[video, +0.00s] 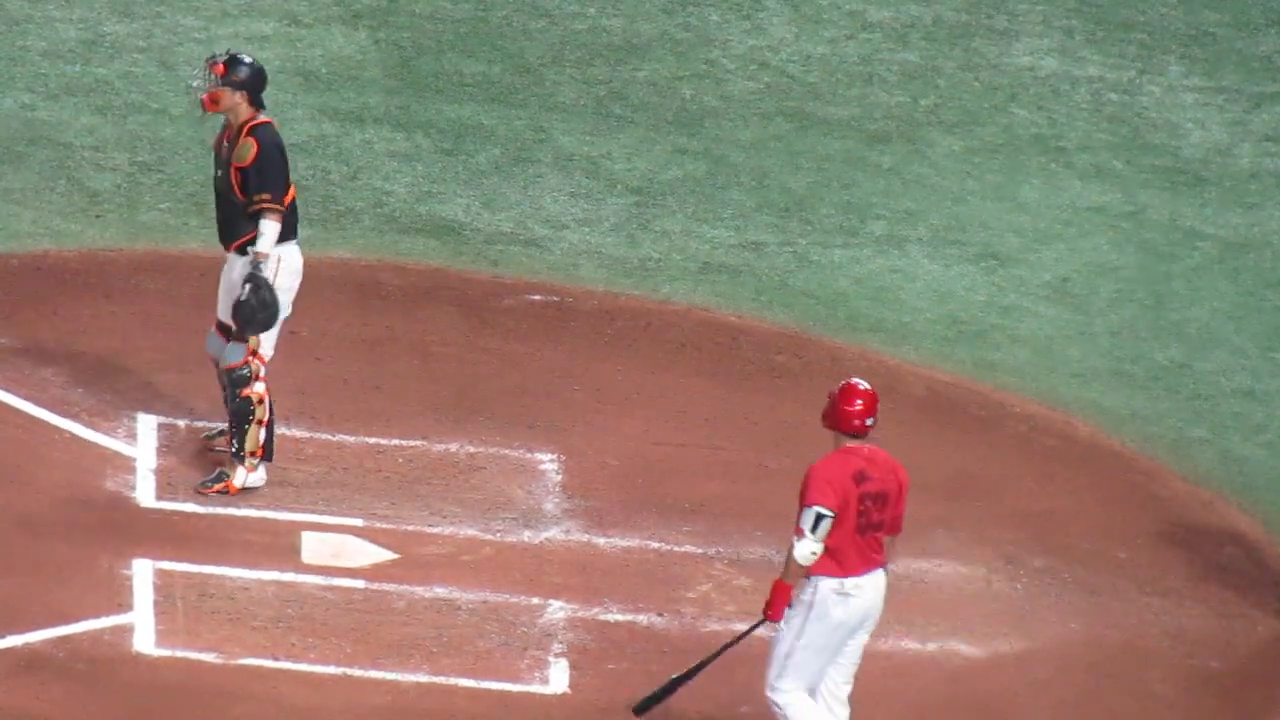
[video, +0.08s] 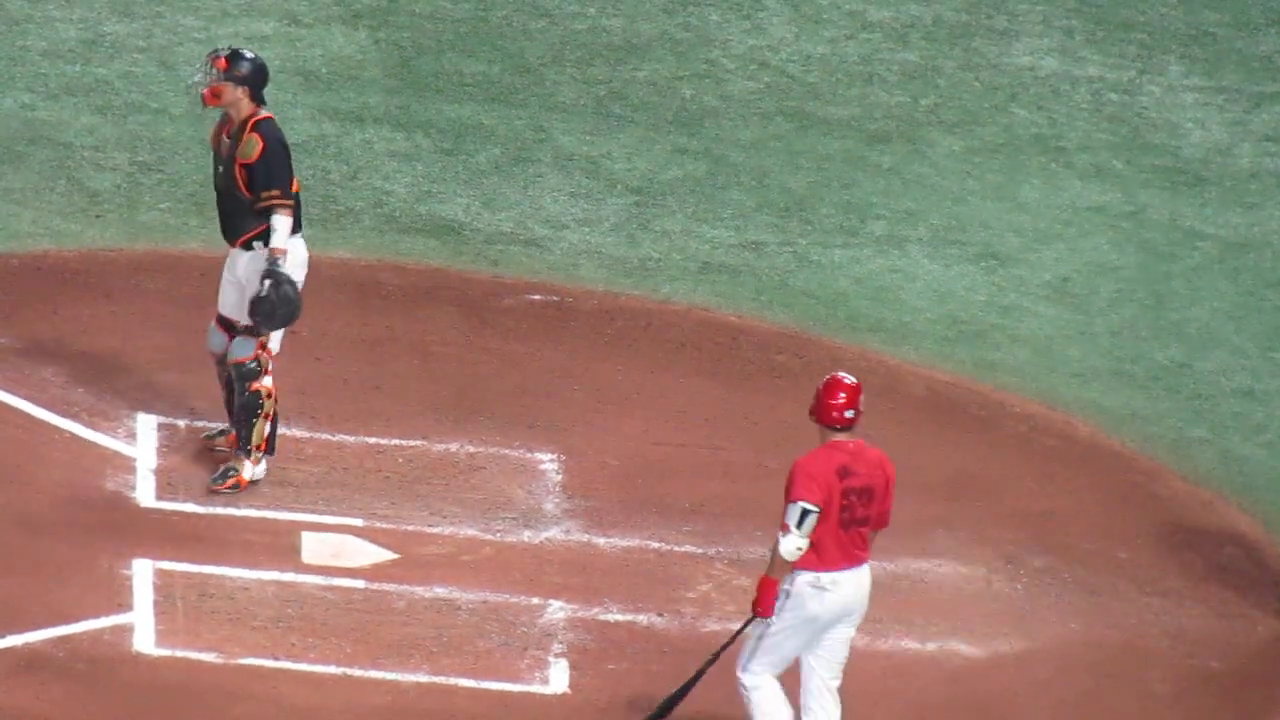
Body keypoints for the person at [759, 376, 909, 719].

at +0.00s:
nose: (826, 412)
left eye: (829, 407)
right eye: (832, 406)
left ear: (832, 418)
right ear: (872, 420)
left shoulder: (828, 470)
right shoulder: (892, 468)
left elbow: (807, 544)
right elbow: (889, 536)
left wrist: (781, 591)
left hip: (829, 592)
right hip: (872, 589)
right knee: (833, 693)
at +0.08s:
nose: (824, 412)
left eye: (821, 407)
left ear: (817, 414)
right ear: (857, 414)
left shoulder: (813, 465)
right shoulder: (880, 462)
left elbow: (793, 540)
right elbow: (874, 526)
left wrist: (769, 584)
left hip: (814, 588)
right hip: (857, 583)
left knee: (754, 671)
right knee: (822, 687)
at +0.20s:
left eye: (802, 398)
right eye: (827, 398)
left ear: (796, 404)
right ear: (835, 404)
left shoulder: (785, 455)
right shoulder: (857, 453)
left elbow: (768, 530)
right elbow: (860, 514)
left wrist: (750, 576)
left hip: (788, 577)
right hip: (833, 576)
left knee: (732, 666)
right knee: (812, 683)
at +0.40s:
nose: (768, 394)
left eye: (759, 389)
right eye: (784, 388)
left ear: (749, 393)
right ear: (788, 395)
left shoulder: (733, 443)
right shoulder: (812, 444)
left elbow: (715, 520)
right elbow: (817, 504)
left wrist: (699, 565)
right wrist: (774, 480)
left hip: (734, 564)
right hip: (785, 565)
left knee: (695, 664)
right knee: (777, 669)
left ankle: (675, 717)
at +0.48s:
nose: (746, 387)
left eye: (739, 382)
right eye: (758, 382)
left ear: (730, 386)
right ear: (769, 388)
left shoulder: (714, 436)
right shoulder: (794, 437)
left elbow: (694, 510)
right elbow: (793, 505)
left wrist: (679, 556)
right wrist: (764, 534)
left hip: (714, 556)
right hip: (765, 557)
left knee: (684, 656)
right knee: (753, 654)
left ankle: (673, 716)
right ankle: (780, 716)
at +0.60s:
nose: (727, 376)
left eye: (716, 370)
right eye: (735, 370)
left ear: (708, 375)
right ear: (747, 375)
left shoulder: (691, 423)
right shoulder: (774, 425)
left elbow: (667, 494)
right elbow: (782, 494)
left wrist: (651, 543)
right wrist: (774, 541)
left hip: (694, 545)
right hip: (743, 546)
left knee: (675, 645)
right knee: (719, 627)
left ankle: (671, 716)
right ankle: (744, 713)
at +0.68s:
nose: (717, 369)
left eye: (703, 363)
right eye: (725, 363)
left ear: (694, 367)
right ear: (734, 367)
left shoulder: (676, 417)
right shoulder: (763, 421)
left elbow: (651, 488)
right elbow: (776, 489)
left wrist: (635, 540)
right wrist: (779, 539)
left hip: (683, 541)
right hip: (731, 541)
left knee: (669, 640)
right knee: (701, 619)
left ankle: (667, 714)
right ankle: (710, 710)